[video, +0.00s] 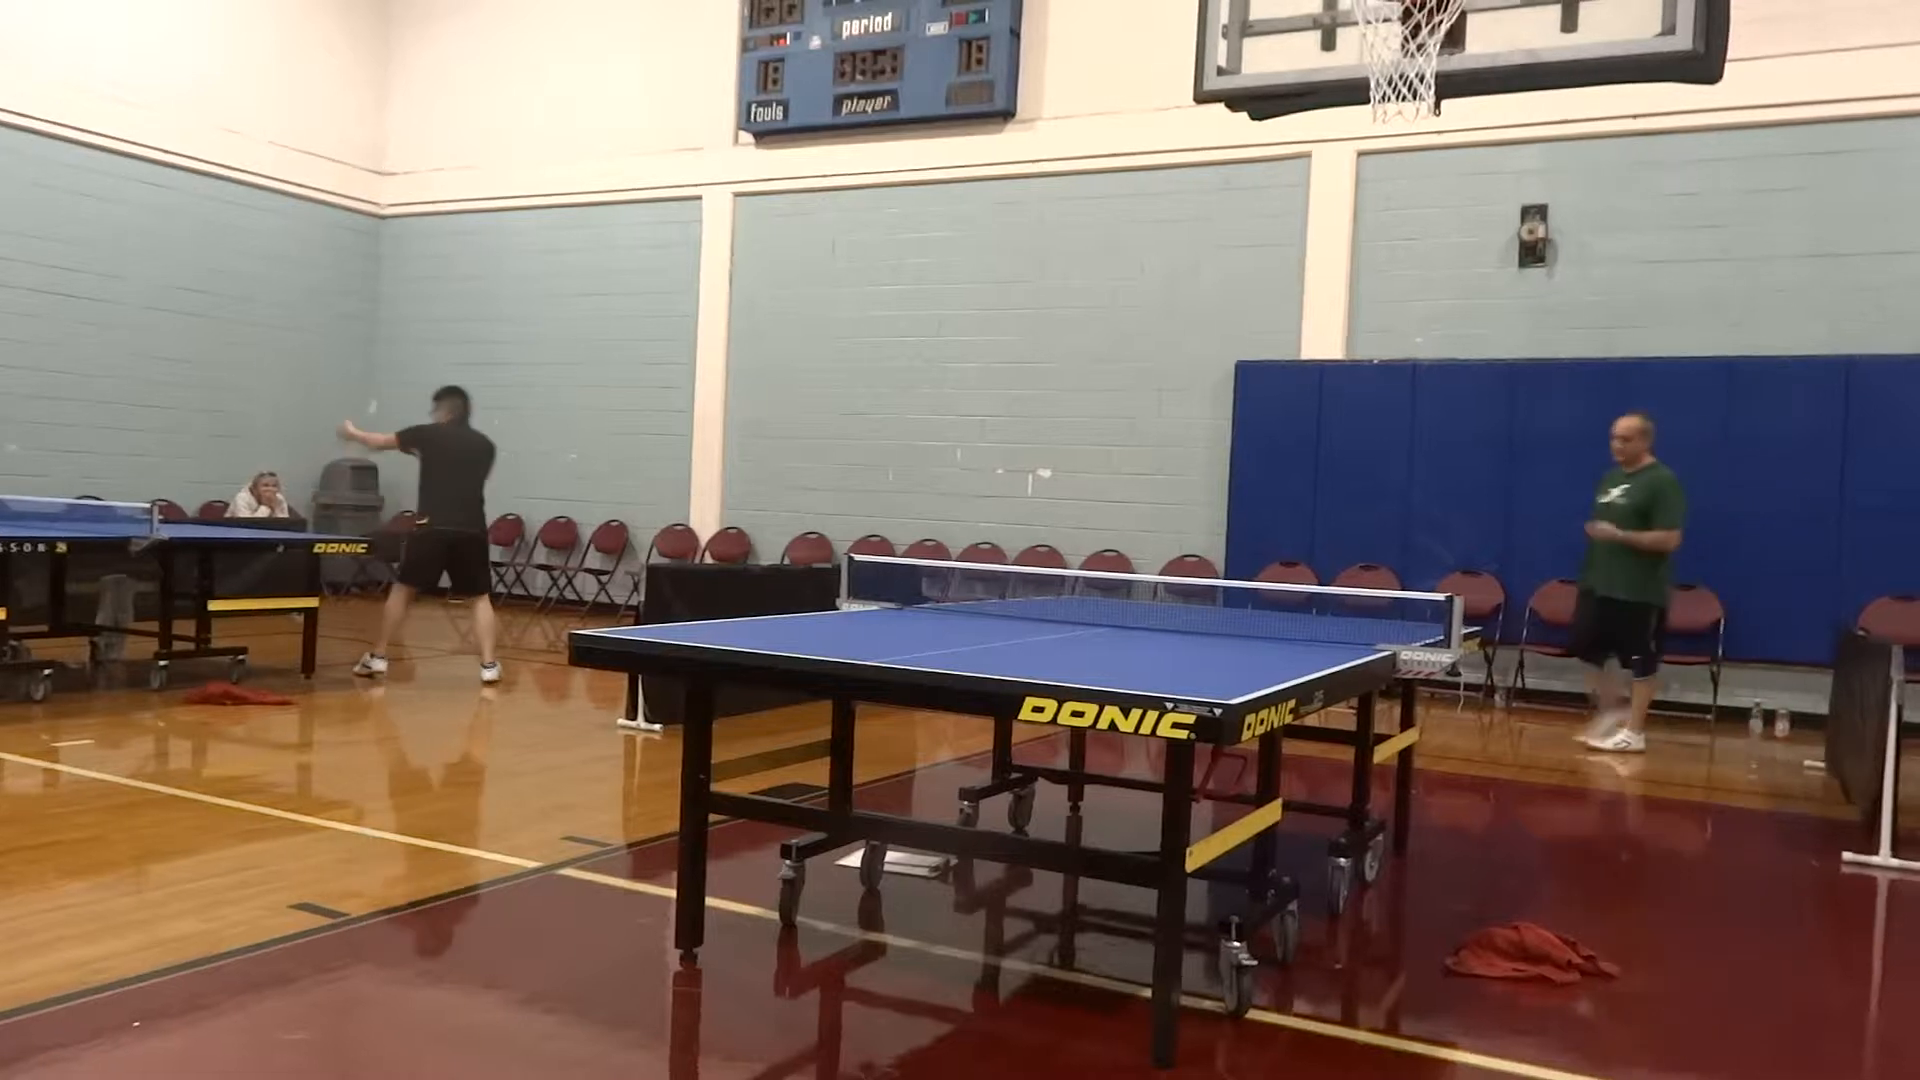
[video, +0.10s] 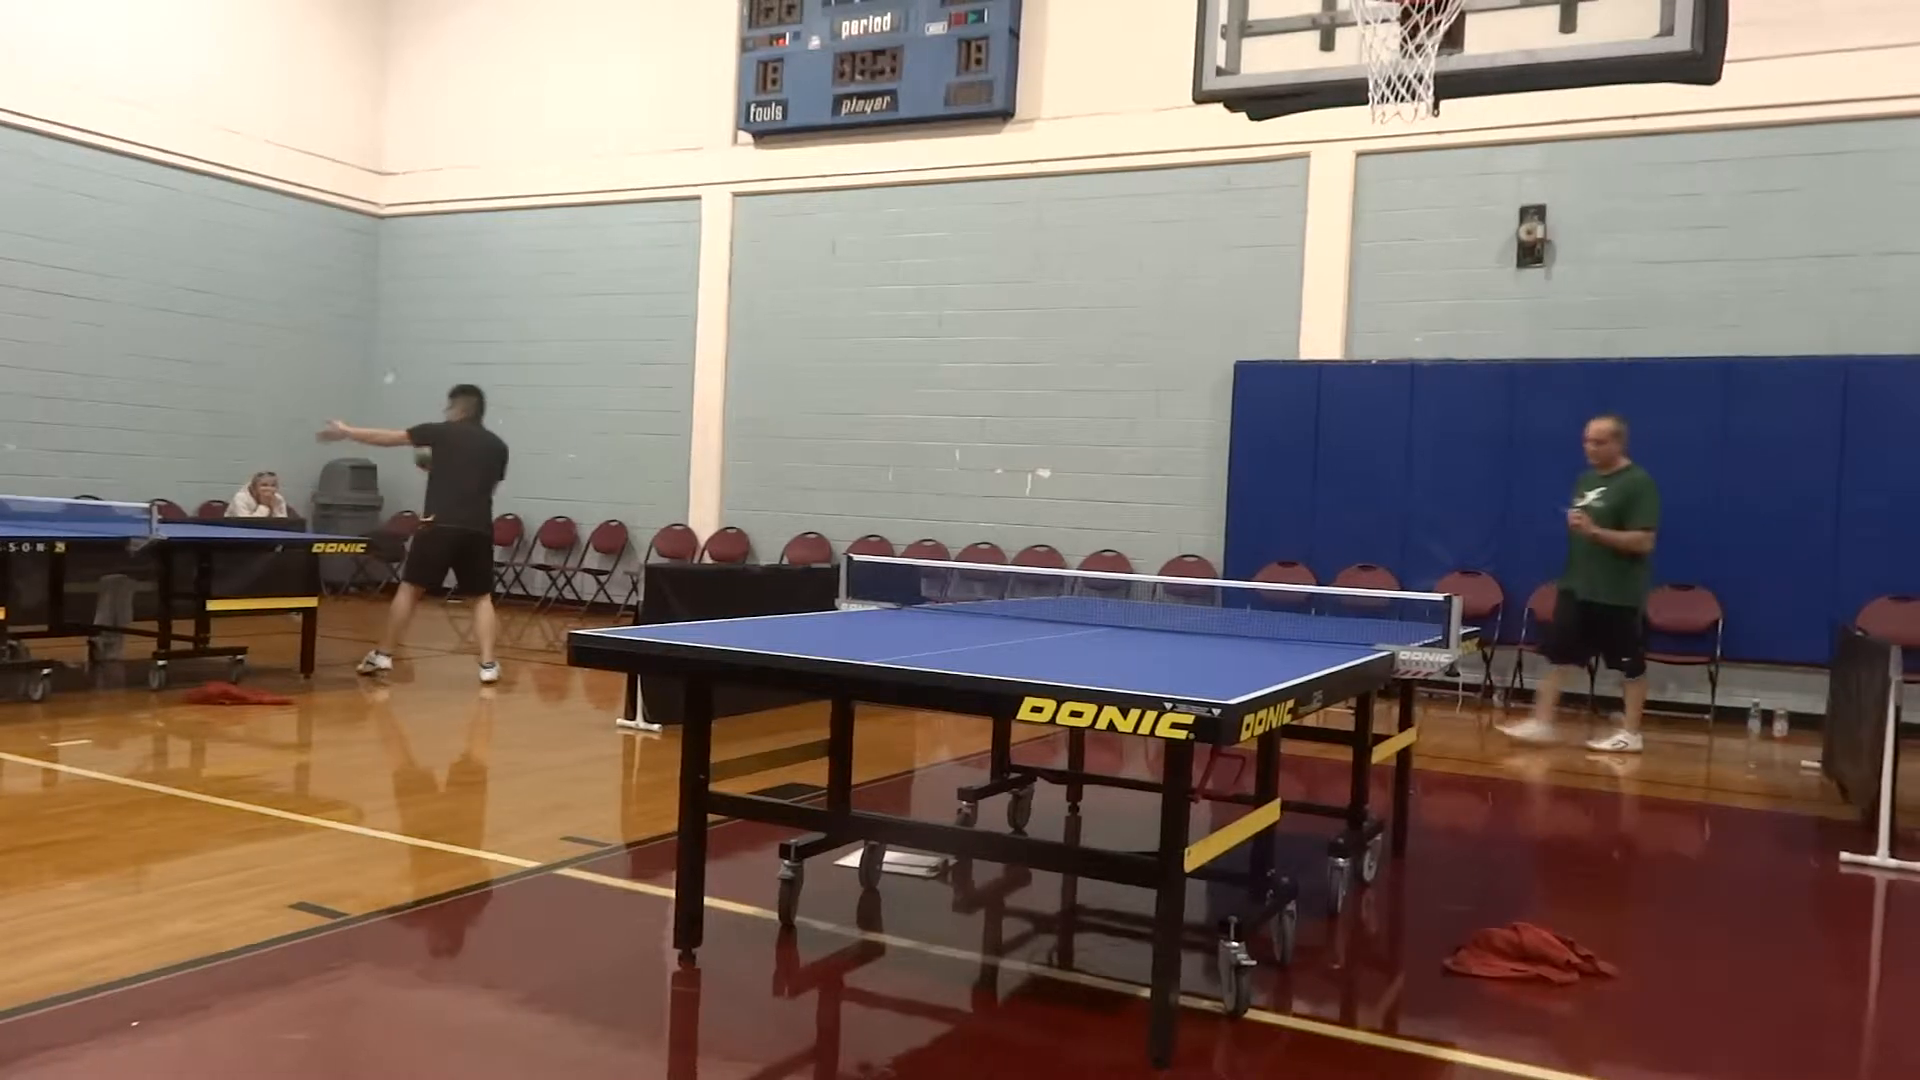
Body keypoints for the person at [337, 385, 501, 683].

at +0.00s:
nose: (433, 415)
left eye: (436, 410)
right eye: (434, 410)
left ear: (444, 411)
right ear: (465, 412)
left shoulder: (429, 434)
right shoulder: (485, 445)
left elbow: (380, 442)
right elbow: (471, 474)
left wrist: (353, 432)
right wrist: (422, 449)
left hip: (431, 531)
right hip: (472, 534)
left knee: (403, 589)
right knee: (481, 597)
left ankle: (378, 656)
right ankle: (489, 665)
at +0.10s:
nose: (447, 411)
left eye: (450, 407)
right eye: (449, 406)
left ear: (460, 408)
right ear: (479, 410)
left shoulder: (442, 432)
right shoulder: (497, 445)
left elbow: (391, 438)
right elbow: (488, 487)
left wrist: (347, 432)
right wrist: (437, 467)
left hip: (438, 529)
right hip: (478, 534)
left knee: (409, 590)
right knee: (482, 597)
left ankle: (383, 655)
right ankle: (488, 665)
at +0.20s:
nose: (453, 411)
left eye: (456, 405)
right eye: (455, 405)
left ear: (464, 407)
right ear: (486, 410)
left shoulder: (446, 432)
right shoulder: (503, 447)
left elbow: (390, 442)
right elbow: (508, 494)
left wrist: (346, 439)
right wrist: (478, 487)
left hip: (441, 529)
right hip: (480, 534)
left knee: (415, 589)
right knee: (484, 598)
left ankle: (396, 659)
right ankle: (487, 666)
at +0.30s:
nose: (452, 410)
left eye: (455, 405)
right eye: (454, 405)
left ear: (463, 408)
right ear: (486, 411)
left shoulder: (447, 433)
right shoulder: (506, 447)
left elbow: (395, 451)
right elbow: (524, 491)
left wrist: (350, 457)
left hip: (442, 530)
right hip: (483, 534)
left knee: (418, 590)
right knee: (485, 598)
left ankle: (413, 657)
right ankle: (486, 665)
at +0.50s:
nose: (431, 420)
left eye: (432, 415)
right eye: (431, 415)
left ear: (439, 414)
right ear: (464, 412)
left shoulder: (433, 441)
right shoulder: (491, 440)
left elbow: (411, 477)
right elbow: (531, 465)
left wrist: (393, 508)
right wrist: (549, 475)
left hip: (444, 534)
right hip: (484, 535)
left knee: (415, 590)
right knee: (486, 602)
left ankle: (446, 634)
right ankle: (484, 665)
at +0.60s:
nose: (412, 430)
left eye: (413, 423)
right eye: (410, 424)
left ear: (424, 419)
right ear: (440, 414)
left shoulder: (425, 446)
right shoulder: (476, 436)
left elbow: (423, 485)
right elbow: (519, 458)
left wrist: (411, 526)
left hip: (448, 535)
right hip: (486, 535)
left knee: (413, 593)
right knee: (483, 599)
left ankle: (443, 655)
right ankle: (482, 664)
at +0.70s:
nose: (396, 432)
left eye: (398, 424)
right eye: (394, 426)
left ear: (413, 419)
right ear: (425, 417)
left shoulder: (421, 445)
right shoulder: (457, 439)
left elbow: (437, 483)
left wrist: (424, 526)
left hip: (452, 535)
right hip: (485, 532)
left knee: (414, 594)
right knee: (480, 600)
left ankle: (439, 660)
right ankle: (481, 662)